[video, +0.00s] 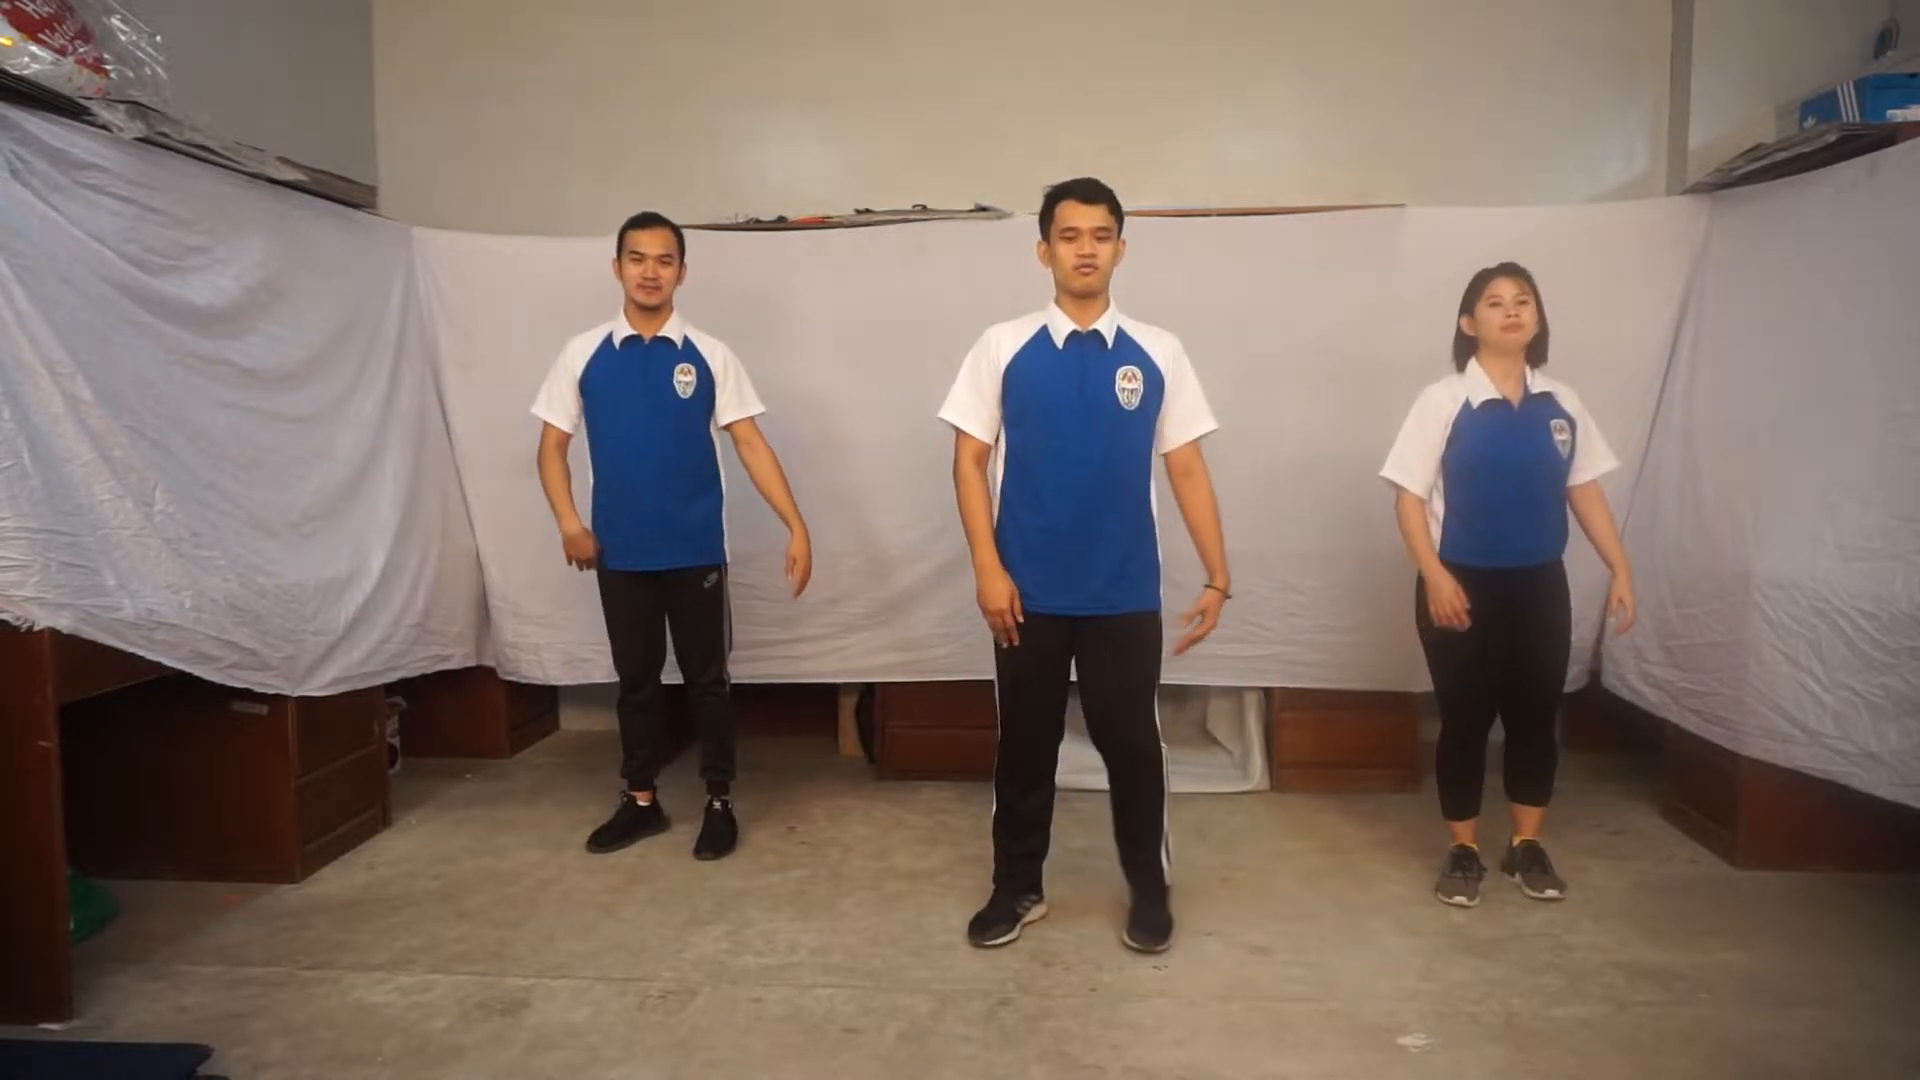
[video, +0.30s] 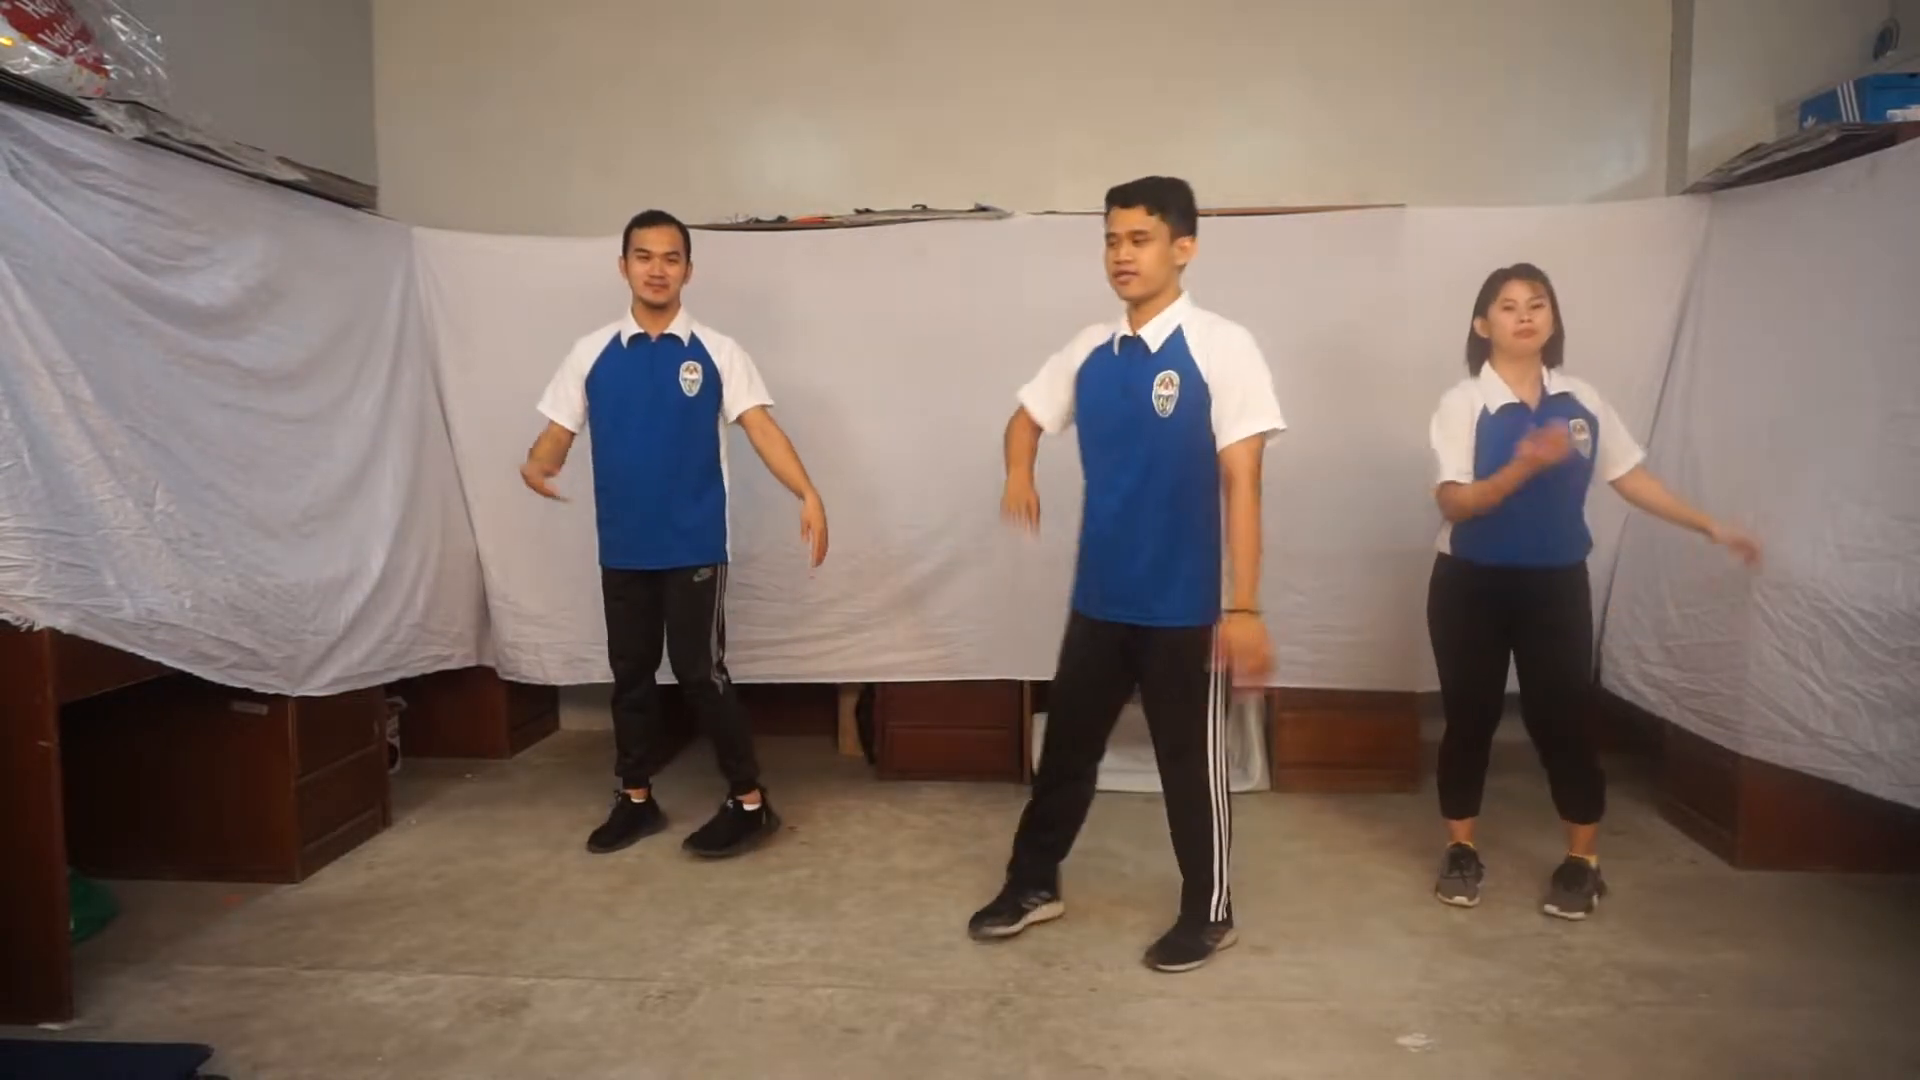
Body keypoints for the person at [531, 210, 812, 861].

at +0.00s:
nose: (651, 271)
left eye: (664, 260)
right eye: (638, 259)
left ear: (681, 272)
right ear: (618, 268)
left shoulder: (710, 356)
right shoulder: (584, 355)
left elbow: (750, 442)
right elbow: (552, 448)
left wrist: (796, 527)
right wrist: (570, 524)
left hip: (696, 553)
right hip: (621, 556)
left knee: (707, 683)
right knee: (636, 683)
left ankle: (719, 802)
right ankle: (640, 802)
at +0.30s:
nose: (658, 269)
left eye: (671, 258)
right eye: (645, 256)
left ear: (687, 269)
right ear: (624, 266)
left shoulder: (717, 353)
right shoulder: (593, 353)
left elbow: (762, 429)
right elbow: (558, 430)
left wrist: (808, 493)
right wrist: (539, 464)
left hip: (695, 549)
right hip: (622, 550)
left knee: (699, 673)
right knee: (630, 677)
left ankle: (748, 800)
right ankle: (634, 798)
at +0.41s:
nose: (670, 274)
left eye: (683, 262)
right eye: (656, 262)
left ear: (700, 271)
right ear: (638, 272)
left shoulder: (730, 352)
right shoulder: (610, 357)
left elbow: (755, 422)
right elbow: (570, 440)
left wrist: (761, 468)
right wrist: (504, 393)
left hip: (707, 553)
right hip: (638, 554)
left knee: (701, 676)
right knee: (631, 674)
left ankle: (750, 811)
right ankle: (634, 799)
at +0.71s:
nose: (685, 273)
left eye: (694, 262)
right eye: (686, 261)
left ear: (730, 272)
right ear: (737, 273)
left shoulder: (730, 344)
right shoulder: (756, 327)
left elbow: (677, 459)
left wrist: (653, 462)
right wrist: (696, 193)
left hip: (756, 541)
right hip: (753, 533)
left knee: (747, 678)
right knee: (734, 667)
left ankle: (753, 817)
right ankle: (833, 761)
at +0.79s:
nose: (693, 273)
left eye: (702, 263)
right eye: (696, 261)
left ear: (737, 271)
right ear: (755, 268)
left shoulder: (723, 350)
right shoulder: (786, 318)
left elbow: (684, 460)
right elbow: (791, 229)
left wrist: (722, 462)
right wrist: (782, 142)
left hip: (753, 542)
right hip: (806, 528)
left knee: (749, 682)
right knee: (808, 668)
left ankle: (754, 815)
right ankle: (890, 777)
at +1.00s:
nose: (723, 290)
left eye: (729, 277)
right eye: (725, 276)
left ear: (758, 281)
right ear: (784, 280)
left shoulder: (733, 373)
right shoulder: (829, 332)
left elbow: (722, 477)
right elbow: (855, 235)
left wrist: (776, 483)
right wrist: (875, 146)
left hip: (790, 547)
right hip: (857, 531)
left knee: (751, 676)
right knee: (896, 669)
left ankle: (744, 813)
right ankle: (936, 815)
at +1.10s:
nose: (729, 289)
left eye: (735, 276)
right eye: (731, 275)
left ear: (762, 284)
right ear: (784, 280)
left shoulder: (741, 372)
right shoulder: (836, 330)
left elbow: (731, 481)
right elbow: (857, 234)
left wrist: (785, 479)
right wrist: (870, 143)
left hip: (800, 545)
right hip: (868, 529)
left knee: (759, 679)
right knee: (904, 674)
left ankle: (724, 811)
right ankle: (937, 818)